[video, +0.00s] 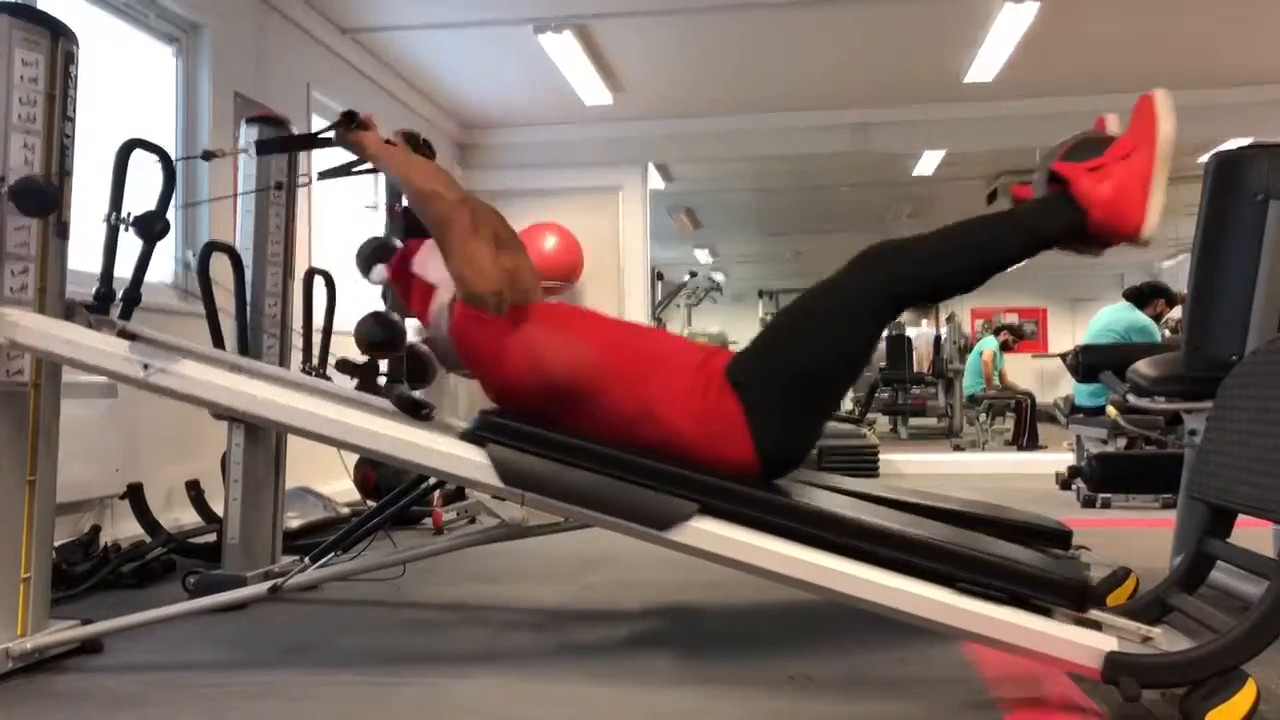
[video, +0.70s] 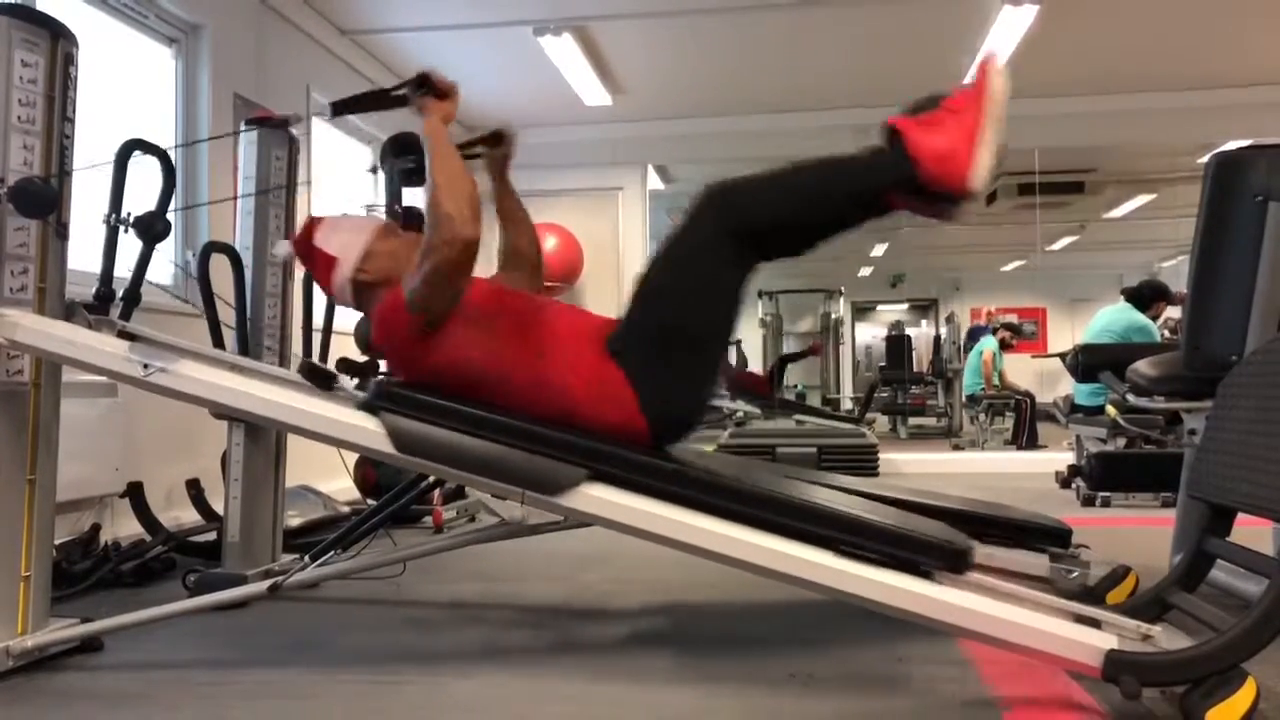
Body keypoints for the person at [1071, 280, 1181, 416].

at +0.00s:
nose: (1163, 316)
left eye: (1166, 313)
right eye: (1166, 311)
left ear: (1139, 298)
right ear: (1159, 305)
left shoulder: (1107, 311)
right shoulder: (1143, 324)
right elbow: (1158, 367)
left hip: (1082, 398)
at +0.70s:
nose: (1162, 313)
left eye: (1164, 308)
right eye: (1164, 308)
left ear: (1137, 295)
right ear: (1160, 307)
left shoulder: (1106, 312)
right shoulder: (1143, 325)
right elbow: (1157, 368)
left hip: (1081, 396)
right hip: (1102, 401)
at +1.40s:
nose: (1162, 309)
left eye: (1164, 305)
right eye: (1164, 304)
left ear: (1135, 294)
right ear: (1159, 304)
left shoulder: (1107, 311)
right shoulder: (1144, 325)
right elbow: (1157, 368)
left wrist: (1157, 330)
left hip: (1081, 398)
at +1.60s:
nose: (1164, 310)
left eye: (1165, 305)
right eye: (1165, 305)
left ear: (1136, 295)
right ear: (1160, 304)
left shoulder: (1108, 311)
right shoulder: (1144, 325)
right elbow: (1158, 369)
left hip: (1081, 398)